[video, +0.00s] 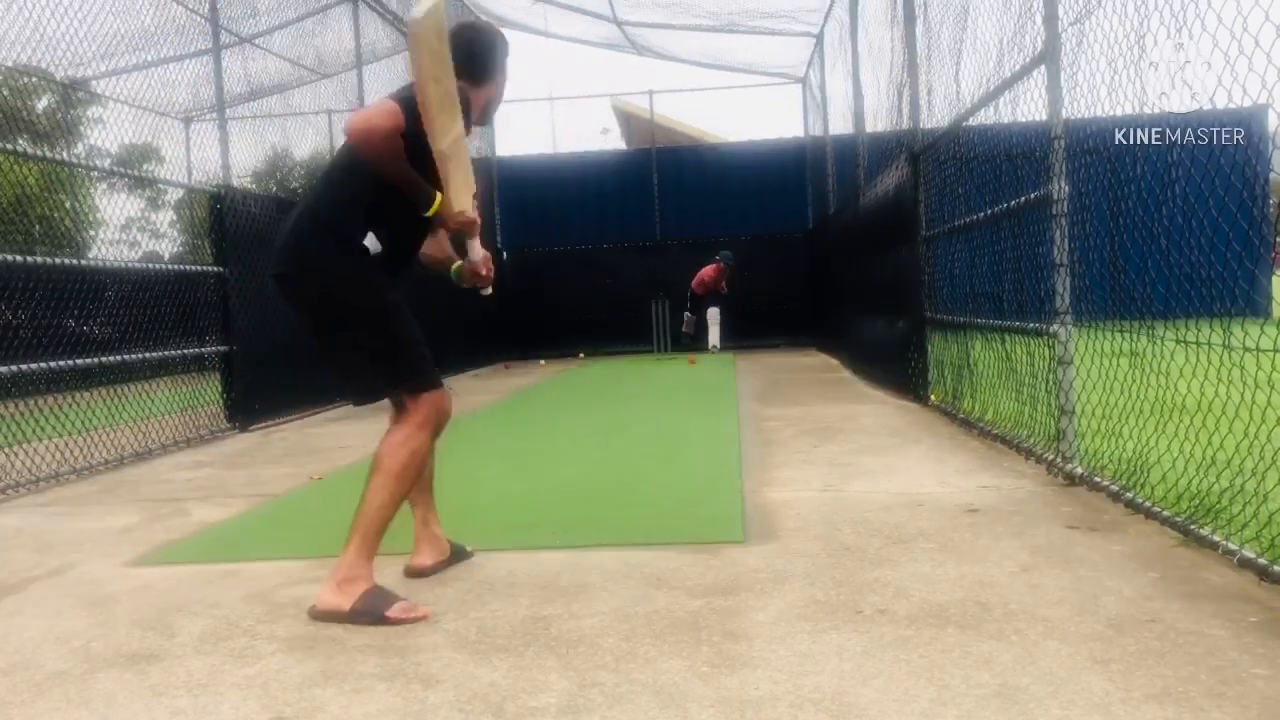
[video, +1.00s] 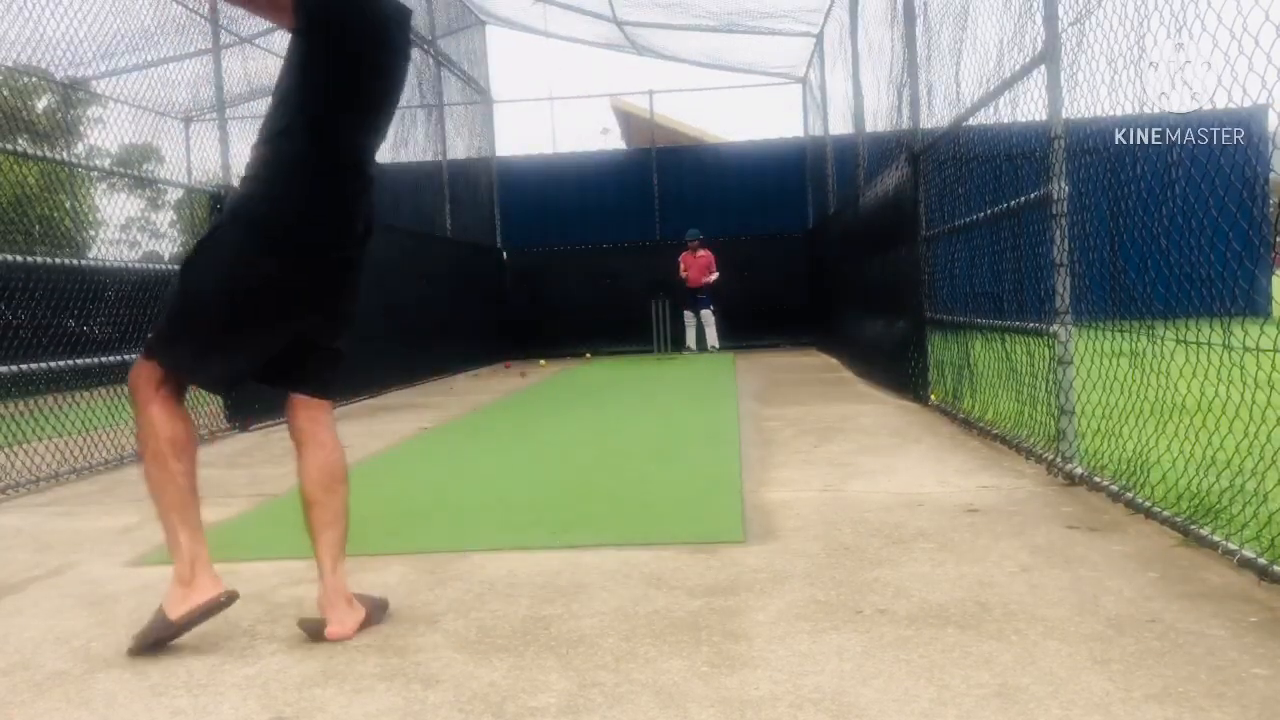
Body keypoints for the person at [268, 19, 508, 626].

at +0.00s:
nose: (502, 94)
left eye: (500, 83)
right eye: (501, 82)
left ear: (449, 70)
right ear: (484, 80)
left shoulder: (443, 141)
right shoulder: (431, 102)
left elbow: (416, 237)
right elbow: (366, 127)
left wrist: (462, 259)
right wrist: (434, 203)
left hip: (346, 263)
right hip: (327, 260)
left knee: (415, 402)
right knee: (428, 406)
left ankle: (430, 541)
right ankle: (348, 581)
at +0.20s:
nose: (504, 85)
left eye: (503, 72)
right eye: (500, 71)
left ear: (459, 62)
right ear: (480, 67)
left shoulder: (445, 130)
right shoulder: (423, 93)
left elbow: (419, 241)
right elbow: (351, 150)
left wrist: (473, 239)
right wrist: (458, 170)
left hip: (364, 271)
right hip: (338, 271)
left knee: (439, 374)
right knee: (437, 415)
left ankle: (431, 539)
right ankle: (344, 581)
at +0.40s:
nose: (468, 11)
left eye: (467, 6)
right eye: (466, 5)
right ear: (448, 2)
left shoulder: (356, 21)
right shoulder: (432, 41)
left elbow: (391, 115)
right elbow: (473, 153)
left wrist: (466, 102)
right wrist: (494, 110)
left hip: (317, 227)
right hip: (371, 233)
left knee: (395, 389)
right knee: (431, 398)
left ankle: (425, 536)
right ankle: (342, 570)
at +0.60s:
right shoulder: (456, 15)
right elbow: (362, 44)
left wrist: (254, 21)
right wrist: (266, 24)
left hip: (320, 175)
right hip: (401, 179)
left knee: (341, 362)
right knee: (384, 373)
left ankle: (376, 523)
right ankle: (348, 567)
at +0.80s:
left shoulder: (354, 7)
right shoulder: (427, 15)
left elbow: (228, 3)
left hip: (313, 219)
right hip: (389, 233)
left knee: (211, 353)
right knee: (354, 402)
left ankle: (242, 537)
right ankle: (342, 598)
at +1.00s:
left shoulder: (340, 12)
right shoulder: (390, 19)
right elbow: (279, 8)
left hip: (271, 218)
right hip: (339, 230)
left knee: (154, 379)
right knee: (312, 407)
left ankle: (193, 579)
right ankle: (338, 603)